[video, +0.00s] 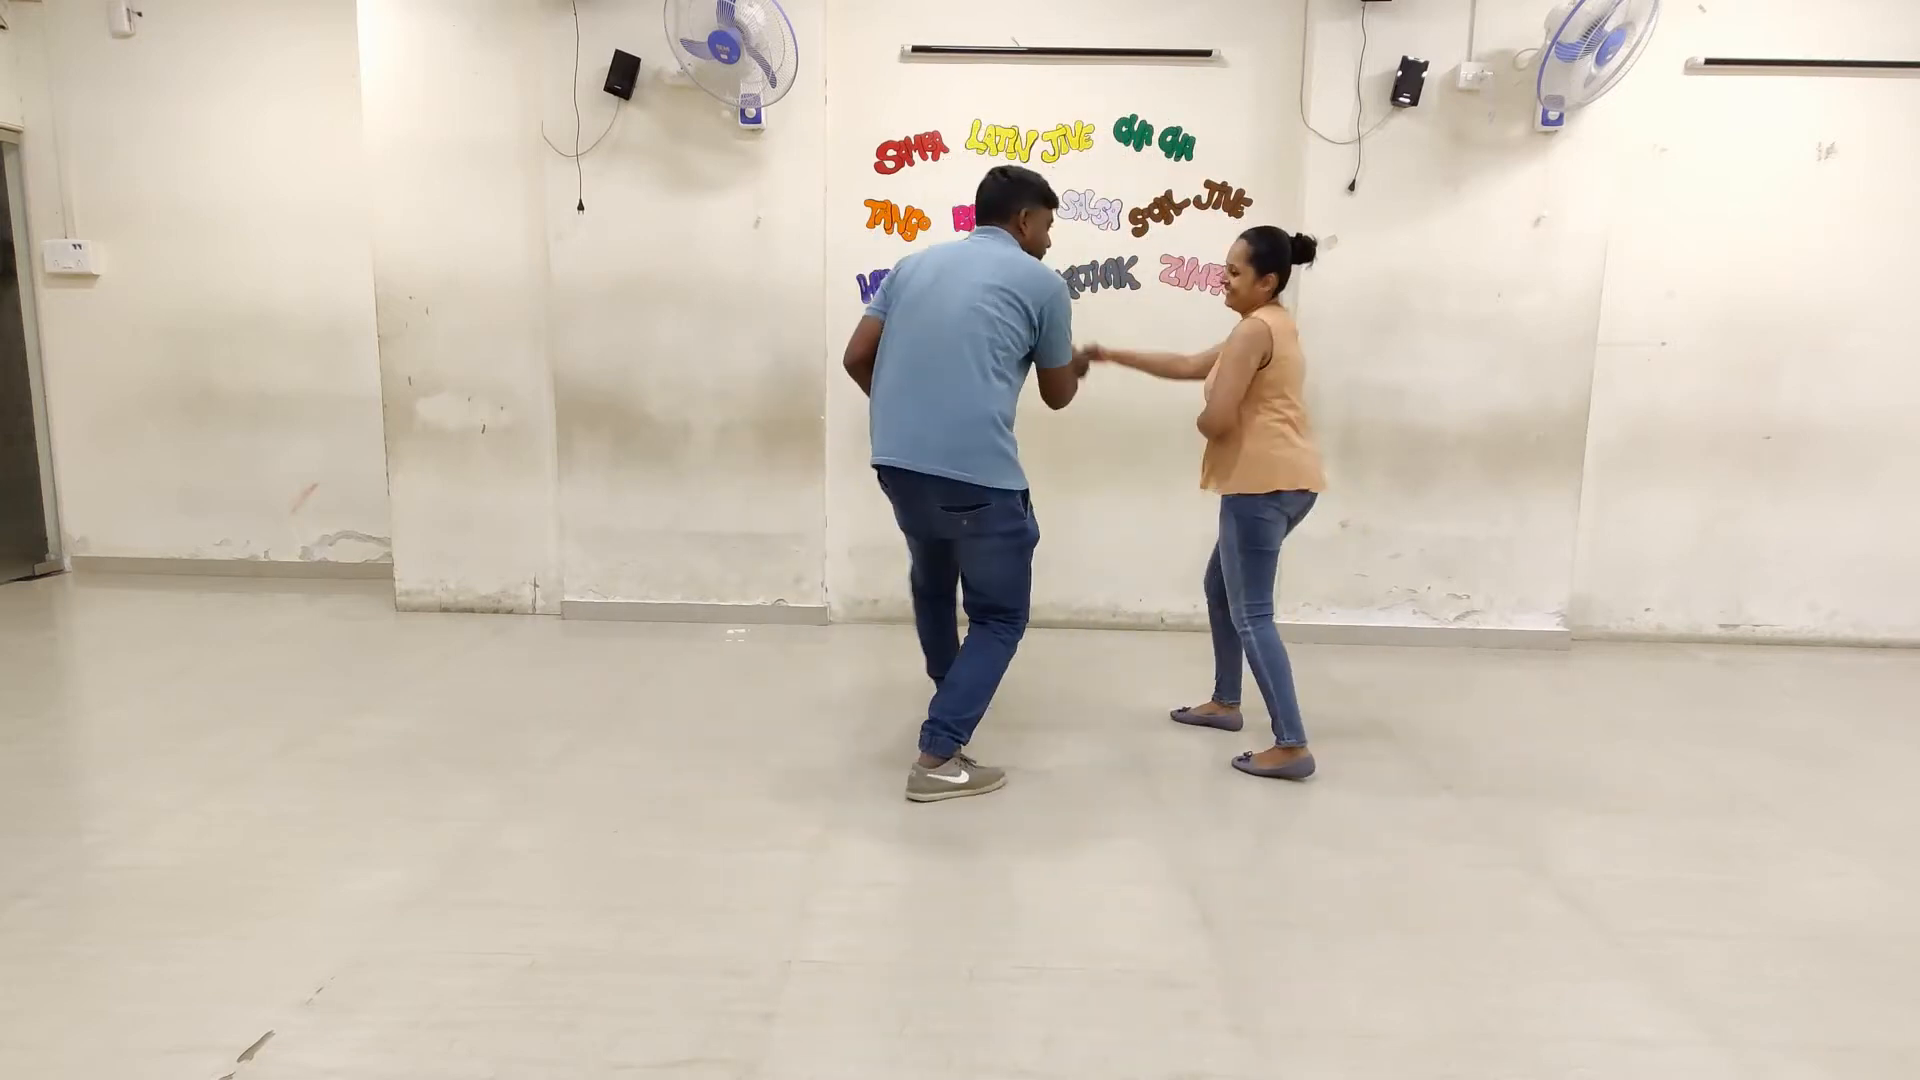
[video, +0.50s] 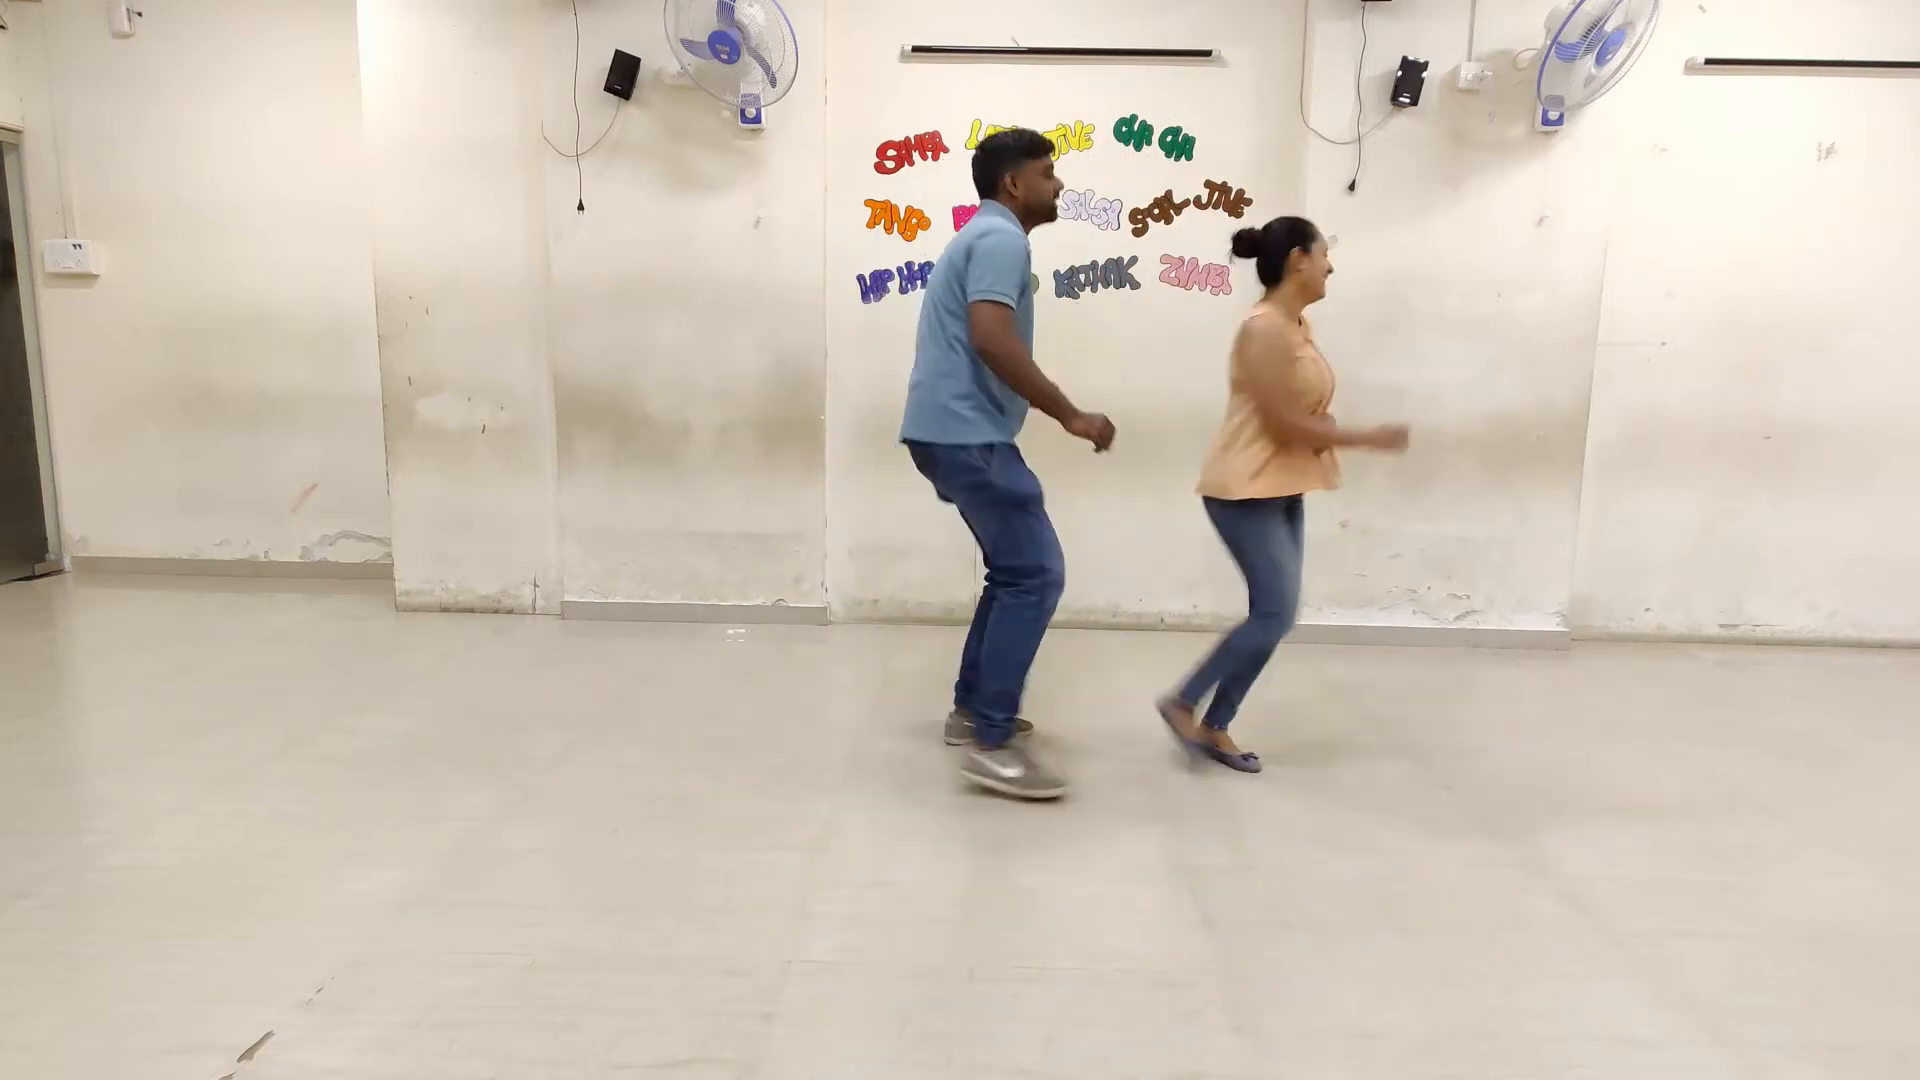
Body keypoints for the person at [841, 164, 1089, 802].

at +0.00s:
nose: (1050, 236)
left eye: (1050, 223)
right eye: (1046, 222)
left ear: (985, 216)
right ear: (1021, 217)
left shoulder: (916, 263)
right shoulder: (1042, 283)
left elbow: (858, 357)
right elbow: (1057, 393)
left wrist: (902, 405)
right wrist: (1078, 361)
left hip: (897, 459)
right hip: (977, 466)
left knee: (932, 572)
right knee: (998, 618)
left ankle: (947, 701)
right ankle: (939, 756)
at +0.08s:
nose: (1052, 230)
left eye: (1053, 217)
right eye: (1049, 216)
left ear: (986, 210)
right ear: (1024, 213)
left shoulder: (919, 260)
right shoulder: (1041, 277)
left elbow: (861, 352)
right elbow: (1061, 391)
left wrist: (909, 399)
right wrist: (1064, 349)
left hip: (902, 458)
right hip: (977, 465)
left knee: (956, 565)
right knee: (1001, 616)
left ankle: (963, 685)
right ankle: (938, 756)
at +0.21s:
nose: (1055, 232)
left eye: (1055, 218)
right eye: (1051, 218)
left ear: (993, 219)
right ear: (1024, 217)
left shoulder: (927, 273)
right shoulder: (1031, 277)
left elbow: (877, 369)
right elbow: (1040, 377)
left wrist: (936, 410)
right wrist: (1086, 439)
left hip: (913, 472)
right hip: (979, 477)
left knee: (995, 571)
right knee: (1012, 621)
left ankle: (975, 707)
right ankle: (938, 756)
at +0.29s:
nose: (1056, 228)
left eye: (1055, 214)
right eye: (1050, 214)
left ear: (994, 220)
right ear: (1019, 217)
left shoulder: (936, 275)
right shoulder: (1024, 276)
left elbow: (892, 377)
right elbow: (1027, 374)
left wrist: (967, 405)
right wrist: (1096, 464)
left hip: (919, 467)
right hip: (981, 473)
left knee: (998, 590)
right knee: (1017, 620)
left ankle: (977, 709)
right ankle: (938, 754)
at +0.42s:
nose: (1058, 201)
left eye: (1054, 189)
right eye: (1048, 190)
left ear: (1002, 198)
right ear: (1014, 197)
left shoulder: (966, 249)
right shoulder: (1008, 252)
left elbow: (968, 355)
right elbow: (1002, 348)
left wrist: (1025, 401)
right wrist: (1079, 430)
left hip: (937, 443)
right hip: (969, 448)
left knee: (1011, 578)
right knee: (1040, 588)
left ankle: (980, 709)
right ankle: (954, 734)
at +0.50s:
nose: (1059, 184)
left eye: (1055, 172)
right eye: (1046, 173)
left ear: (1006, 184)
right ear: (1008, 183)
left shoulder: (982, 235)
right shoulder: (999, 237)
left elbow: (976, 343)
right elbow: (991, 338)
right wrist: (1071, 415)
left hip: (953, 430)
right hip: (966, 433)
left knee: (1013, 571)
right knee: (1036, 573)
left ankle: (975, 707)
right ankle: (990, 740)